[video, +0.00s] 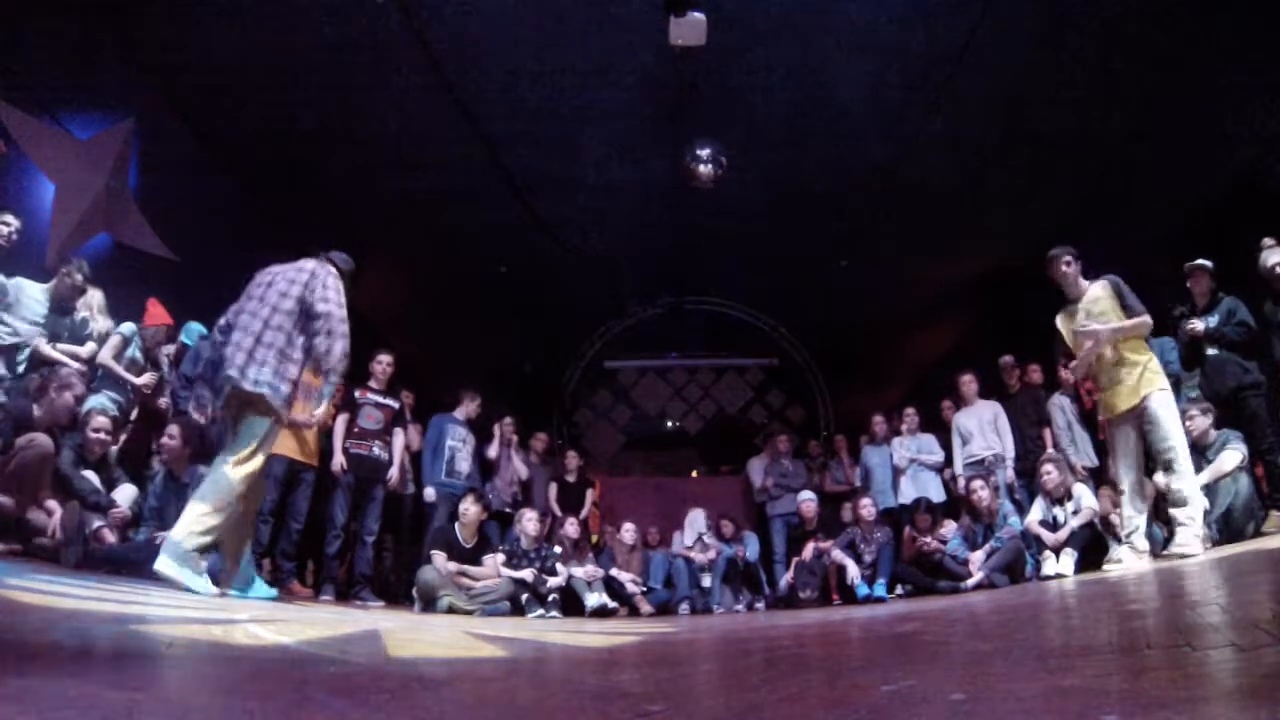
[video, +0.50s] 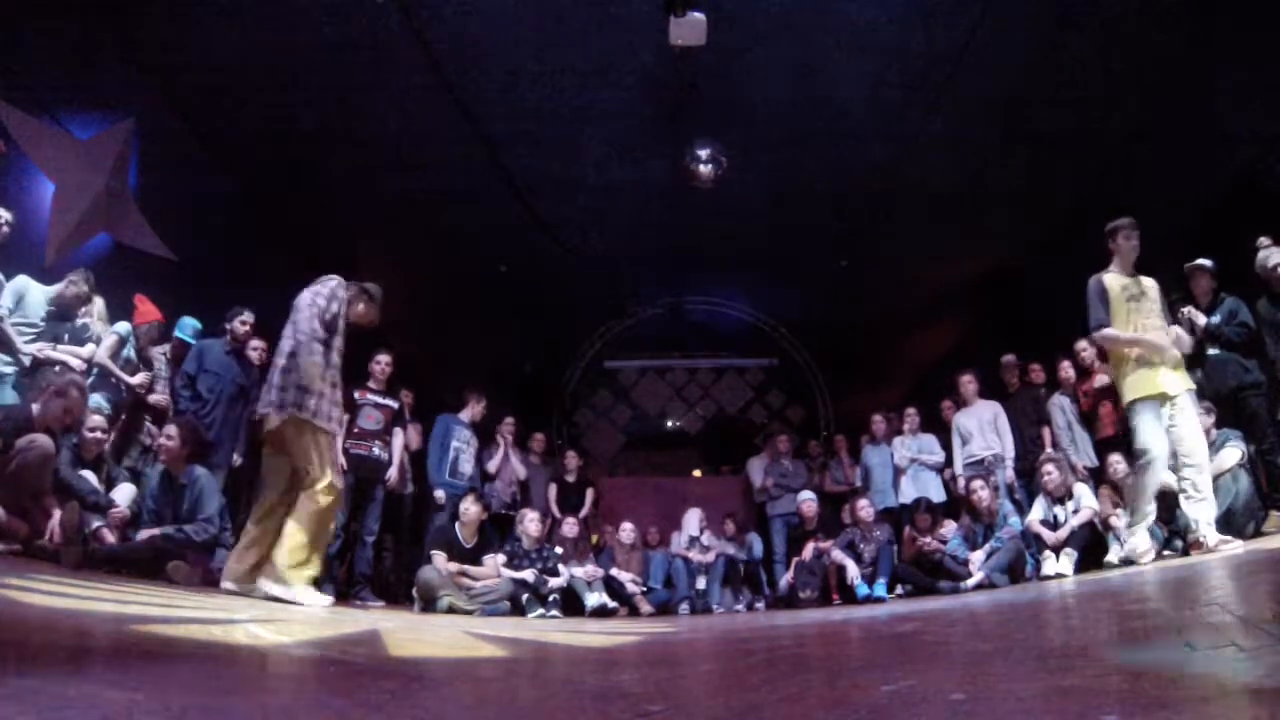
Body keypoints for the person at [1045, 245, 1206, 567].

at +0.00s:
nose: (1064, 270)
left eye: (1067, 263)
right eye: (1057, 268)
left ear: (1078, 266)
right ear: (1053, 278)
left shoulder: (1110, 286)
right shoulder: (1063, 319)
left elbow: (1145, 323)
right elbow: (1077, 371)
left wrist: (1108, 331)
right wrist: (1091, 346)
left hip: (1146, 378)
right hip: (1113, 394)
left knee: (1172, 453)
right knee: (1126, 472)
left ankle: (1190, 532)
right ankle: (1135, 544)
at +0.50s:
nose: (1135, 243)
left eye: (1136, 237)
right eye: (1128, 238)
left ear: (1138, 243)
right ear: (1113, 244)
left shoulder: (1151, 284)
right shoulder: (1101, 283)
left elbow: (1160, 326)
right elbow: (1099, 332)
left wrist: (1177, 336)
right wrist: (1148, 340)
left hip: (1173, 375)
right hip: (1139, 381)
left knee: (1194, 453)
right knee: (1153, 455)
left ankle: (1203, 532)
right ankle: (1138, 531)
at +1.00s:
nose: (1168, 214)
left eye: (1168, 208)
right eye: (1161, 208)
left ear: (1165, 213)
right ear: (1144, 213)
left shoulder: (1171, 257)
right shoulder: (1135, 253)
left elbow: (1191, 307)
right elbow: (1126, 309)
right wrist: (1129, 366)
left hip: (1211, 353)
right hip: (1189, 356)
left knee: (1217, 448)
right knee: (1235, 435)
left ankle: (1202, 529)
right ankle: (1271, 515)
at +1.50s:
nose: (1184, 189)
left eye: (1185, 182)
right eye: (1175, 184)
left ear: (1187, 188)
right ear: (1159, 193)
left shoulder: (1207, 229)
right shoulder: (1158, 233)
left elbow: (1231, 275)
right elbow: (1189, 272)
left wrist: (1264, 299)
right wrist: (1245, 291)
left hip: (1250, 321)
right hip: (1214, 330)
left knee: (1277, 409)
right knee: (1245, 423)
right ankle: (1267, 513)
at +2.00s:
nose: (1189, 177)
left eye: (1193, 167)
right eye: (1182, 173)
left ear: (1211, 164)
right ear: (1180, 182)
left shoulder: (1255, 198)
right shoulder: (1185, 230)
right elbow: (1198, 284)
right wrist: (1225, 332)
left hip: (1274, 325)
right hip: (1240, 338)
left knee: (1270, 425)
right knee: (1263, 429)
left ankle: (1273, 506)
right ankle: (1273, 507)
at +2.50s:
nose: (1147, 228)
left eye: (1146, 220)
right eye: (1144, 223)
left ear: (1159, 207)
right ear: (1155, 215)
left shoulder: (1203, 218)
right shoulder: (1180, 261)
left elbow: (1248, 248)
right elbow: (1195, 314)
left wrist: (1235, 300)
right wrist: (1189, 362)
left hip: (1252, 342)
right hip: (1221, 356)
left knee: (1278, 420)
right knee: (1252, 438)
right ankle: (1275, 514)